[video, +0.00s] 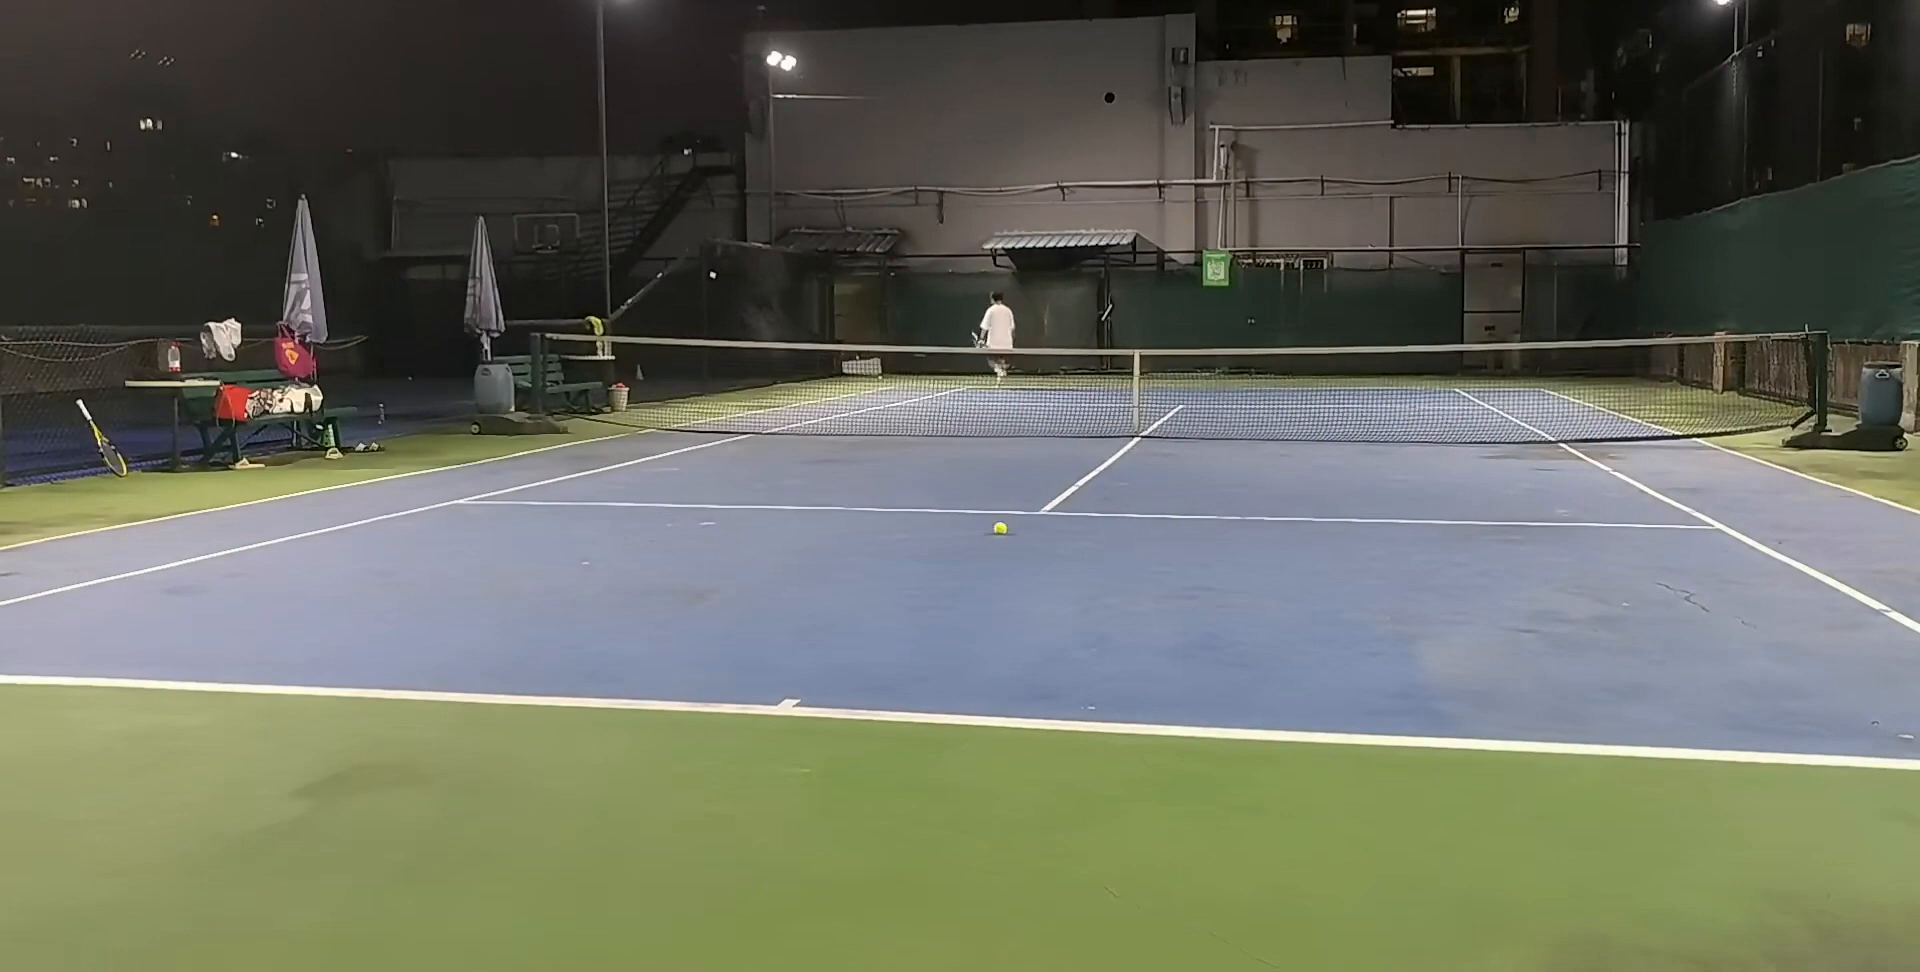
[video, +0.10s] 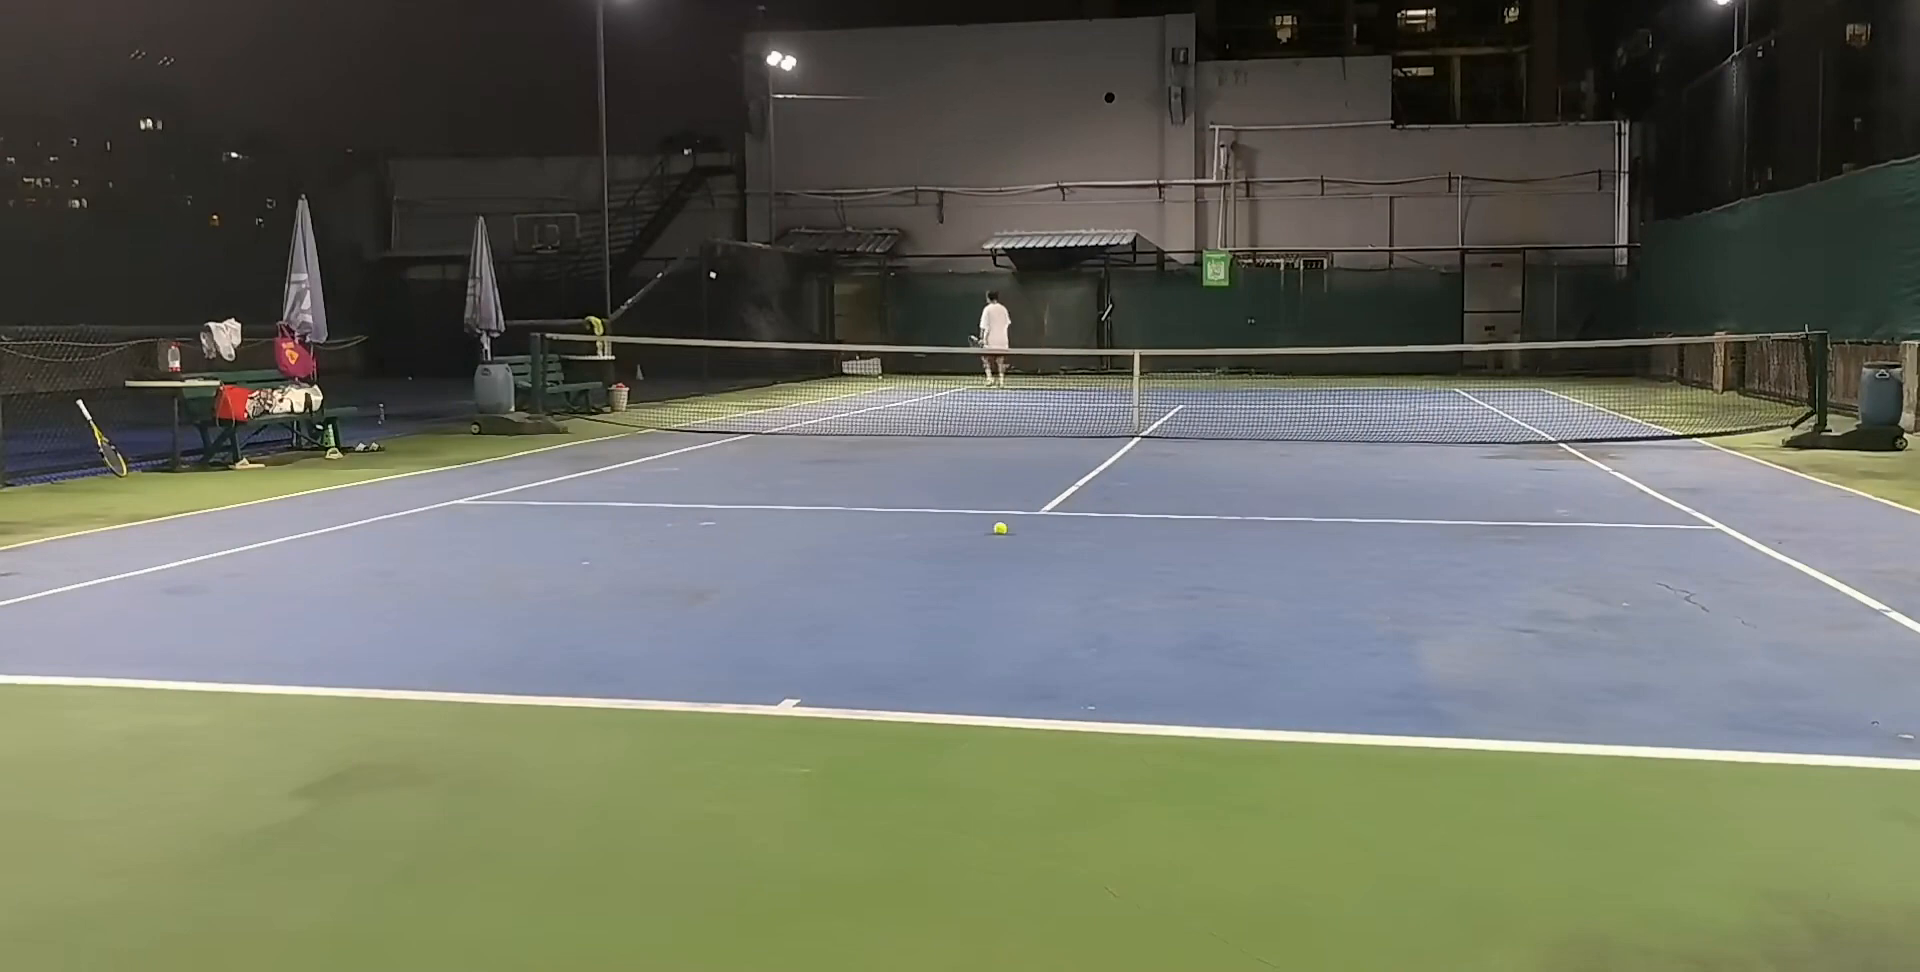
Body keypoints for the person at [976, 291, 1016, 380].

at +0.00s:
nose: (991, 301)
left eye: (991, 299)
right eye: (991, 299)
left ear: (992, 300)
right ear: (1001, 299)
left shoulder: (991, 310)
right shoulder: (1008, 310)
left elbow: (984, 327)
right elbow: (1012, 326)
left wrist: (981, 339)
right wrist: (1012, 336)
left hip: (993, 341)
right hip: (1007, 341)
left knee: (991, 357)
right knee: (1002, 357)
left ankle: (998, 370)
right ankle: (1003, 369)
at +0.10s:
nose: (987, 300)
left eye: (987, 298)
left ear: (988, 299)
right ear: (997, 298)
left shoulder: (987, 309)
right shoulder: (1003, 308)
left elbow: (985, 327)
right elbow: (1008, 322)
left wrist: (983, 339)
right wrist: (1003, 332)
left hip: (991, 339)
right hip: (1003, 339)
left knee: (985, 357)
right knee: (1000, 360)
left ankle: (989, 377)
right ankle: (1002, 379)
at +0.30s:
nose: (976, 303)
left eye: (977, 301)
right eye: (977, 301)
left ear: (978, 302)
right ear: (986, 301)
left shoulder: (978, 312)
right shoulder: (993, 311)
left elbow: (977, 329)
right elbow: (998, 323)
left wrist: (975, 341)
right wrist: (992, 332)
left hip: (982, 342)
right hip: (994, 342)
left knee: (977, 361)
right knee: (994, 361)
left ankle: (976, 378)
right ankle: (999, 378)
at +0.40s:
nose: (971, 302)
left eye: (971, 300)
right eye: (971, 300)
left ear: (972, 301)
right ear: (981, 299)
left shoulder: (973, 312)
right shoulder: (988, 310)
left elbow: (971, 329)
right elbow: (993, 325)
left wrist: (969, 341)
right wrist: (988, 335)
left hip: (977, 342)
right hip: (988, 342)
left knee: (973, 359)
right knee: (985, 358)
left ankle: (974, 375)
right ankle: (992, 371)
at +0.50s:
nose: (967, 301)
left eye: (968, 299)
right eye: (968, 299)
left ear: (969, 299)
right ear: (977, 298)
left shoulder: (969, 311)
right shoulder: (985, 310)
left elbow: (965, 328)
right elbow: (989, 325)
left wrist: (964, 340)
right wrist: (985, 335)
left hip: (972, 339)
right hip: (984, 340)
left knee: (972, 359)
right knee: (979, 357)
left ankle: (974, 378)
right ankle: (984, 373)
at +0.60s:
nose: (965, 301)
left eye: (965, 299)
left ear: (965, 299)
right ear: (974, 299)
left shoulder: (964, 311)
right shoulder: (981, 311)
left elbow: (958, 327)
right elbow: (987, 326)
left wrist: (955, 339)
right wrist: (989, 339)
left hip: (968, 343)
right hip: (981, 343)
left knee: (972, 360)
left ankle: (973, 377)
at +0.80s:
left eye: (960, 301)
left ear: (959, 301)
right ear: (969, 301)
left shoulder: (957, 313)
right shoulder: (974, 314)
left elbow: (949, 328)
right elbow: (980, 329)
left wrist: (946, 339)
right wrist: (982, 342)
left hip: (960, 343)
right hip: (972, 343)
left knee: (963, 360)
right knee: (964, 361)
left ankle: (971, 374)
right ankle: (963, 378)